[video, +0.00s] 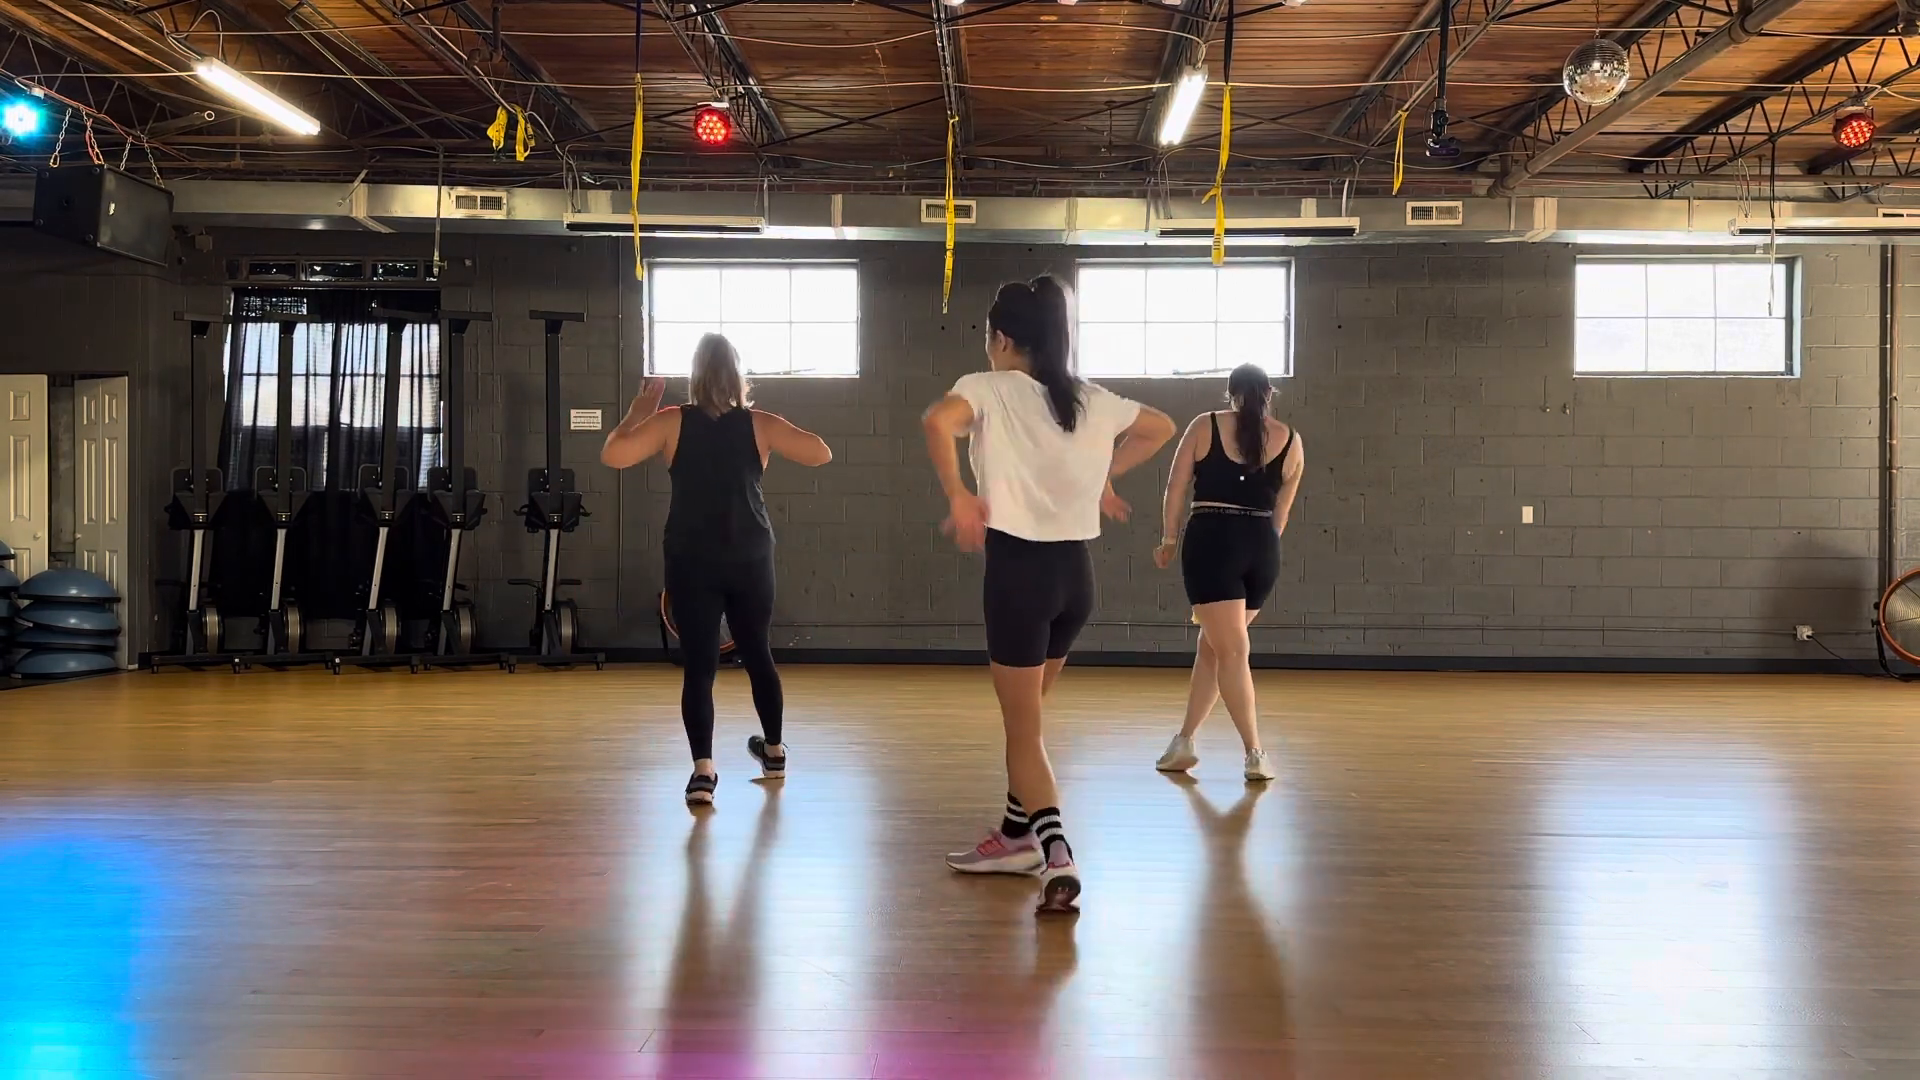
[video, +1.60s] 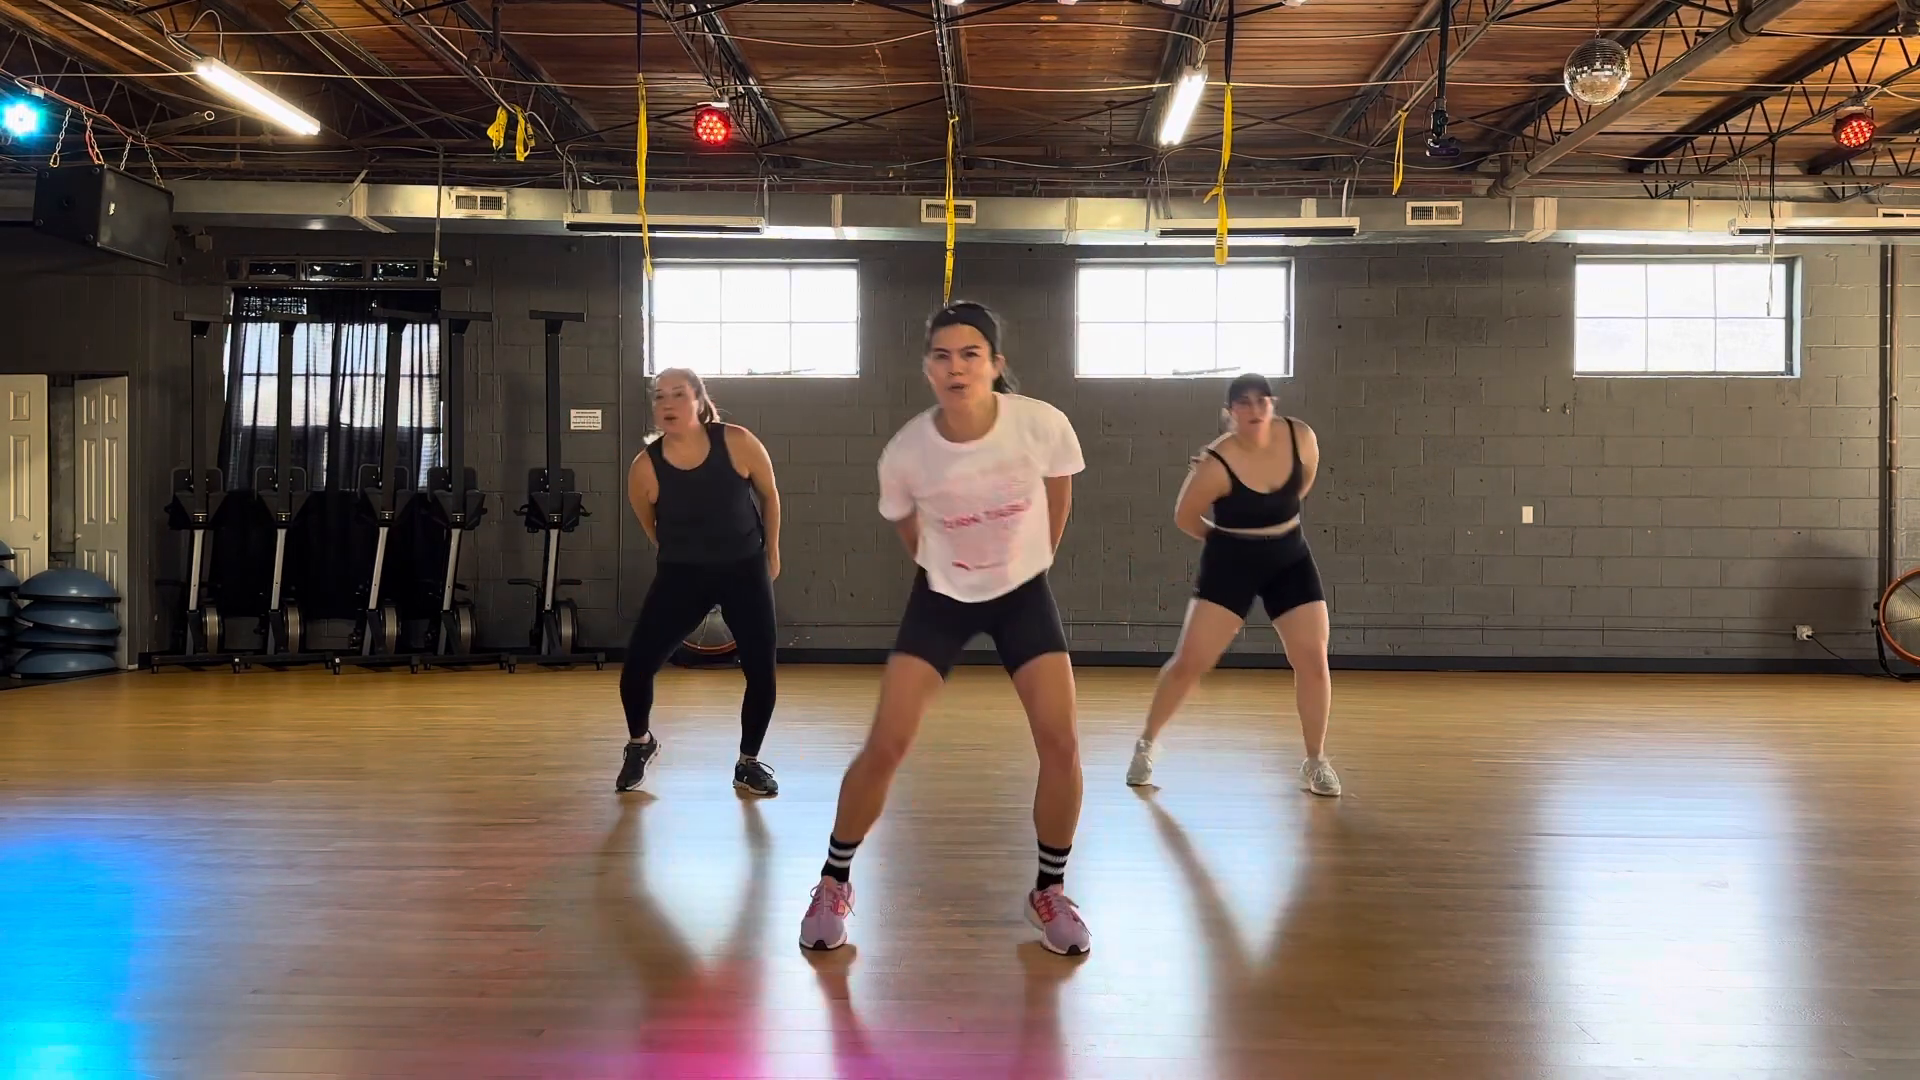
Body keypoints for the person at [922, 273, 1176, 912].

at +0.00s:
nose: (986, 344)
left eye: (990, 334)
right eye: (989, 334)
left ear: (1007, 338)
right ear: (1053, 338)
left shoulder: (989, 386)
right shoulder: (1091, 398)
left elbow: (939, 420)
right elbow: (1160, 426)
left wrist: (958, 493)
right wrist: (1102, 474)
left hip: (1017, 572)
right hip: (1076, 574)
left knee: (1023, 724)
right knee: (1027, 714)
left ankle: (1057, 855)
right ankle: (1015, 835)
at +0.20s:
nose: (958, 353)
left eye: (965, 343)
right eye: (960, 342)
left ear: (994, 350)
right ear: (1015, 353)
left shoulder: (974, 401)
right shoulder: (1055, 411)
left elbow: (996, 473)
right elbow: (1124, 464)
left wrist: (1030, 557)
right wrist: (1095, 527)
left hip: (1008, 568)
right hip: (1053, 568)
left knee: (1005, 733)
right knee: (995, 708)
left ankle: (1068, 837)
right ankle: (1015, 840)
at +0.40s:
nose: (949, 355)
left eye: (964, 344)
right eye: (946, 344)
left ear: (996, 354)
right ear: (950, 351)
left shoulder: (996, 408)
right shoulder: (988, 408)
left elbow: (1048, 498)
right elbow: (1048, 495)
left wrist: (1081, 576)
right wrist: (1078, 575)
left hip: (1011, 576)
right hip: (996, 573)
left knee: (977, 727)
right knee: (958, 708)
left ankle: (1089, 831)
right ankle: (1011, 840)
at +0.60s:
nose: (959, 356)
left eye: (974, 348)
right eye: (951, 344)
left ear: (995, 360)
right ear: (938, 352)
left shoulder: (1019, 423)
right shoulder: (935, 423)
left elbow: (1074, 497)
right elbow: (965, 498)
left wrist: (1115, 560)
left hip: (1015, 571)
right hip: (961, 570)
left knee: (989, 714)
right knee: (945, 716)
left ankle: (1087, 831)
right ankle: (1009, 835)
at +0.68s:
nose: (968, 352)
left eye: (981, 343)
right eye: (959, 340)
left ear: (1000, 354)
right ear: (944, 348)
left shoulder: (1026, 418)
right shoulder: (927, 418)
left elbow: (1077, 486)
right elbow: (917, 483)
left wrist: (1121, 546)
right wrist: (916, 542)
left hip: (1015, 566)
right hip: (956, 567)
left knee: (1007, 698)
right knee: (949, 712)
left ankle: (1086, 836)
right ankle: (1004, 829)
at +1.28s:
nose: (1027, 327)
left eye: (1038, 313)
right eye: (1011, 318)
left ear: (1056, 324)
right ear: (995, 336)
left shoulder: (1069, 390)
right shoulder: (983, 416)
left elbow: (1055, 472)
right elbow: (916, 498)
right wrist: (878, 582)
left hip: (1056, 568)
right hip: (982, 574)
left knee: (1061, 727)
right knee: (944, 732)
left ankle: (1056, 892)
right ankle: (908, 819)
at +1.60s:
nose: (956, 366)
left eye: (970, 353)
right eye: (942, 355)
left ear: (996, 364)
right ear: (928, 369)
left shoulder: (1044, 426)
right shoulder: (905, 453)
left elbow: (1057, 514)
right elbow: (910, 534)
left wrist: (1026, 574)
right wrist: (948, 581)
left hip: (1023, 589)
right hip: (939, 593)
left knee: (1062, 746)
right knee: (886, 744)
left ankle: (1051, 892)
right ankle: (833, 885)